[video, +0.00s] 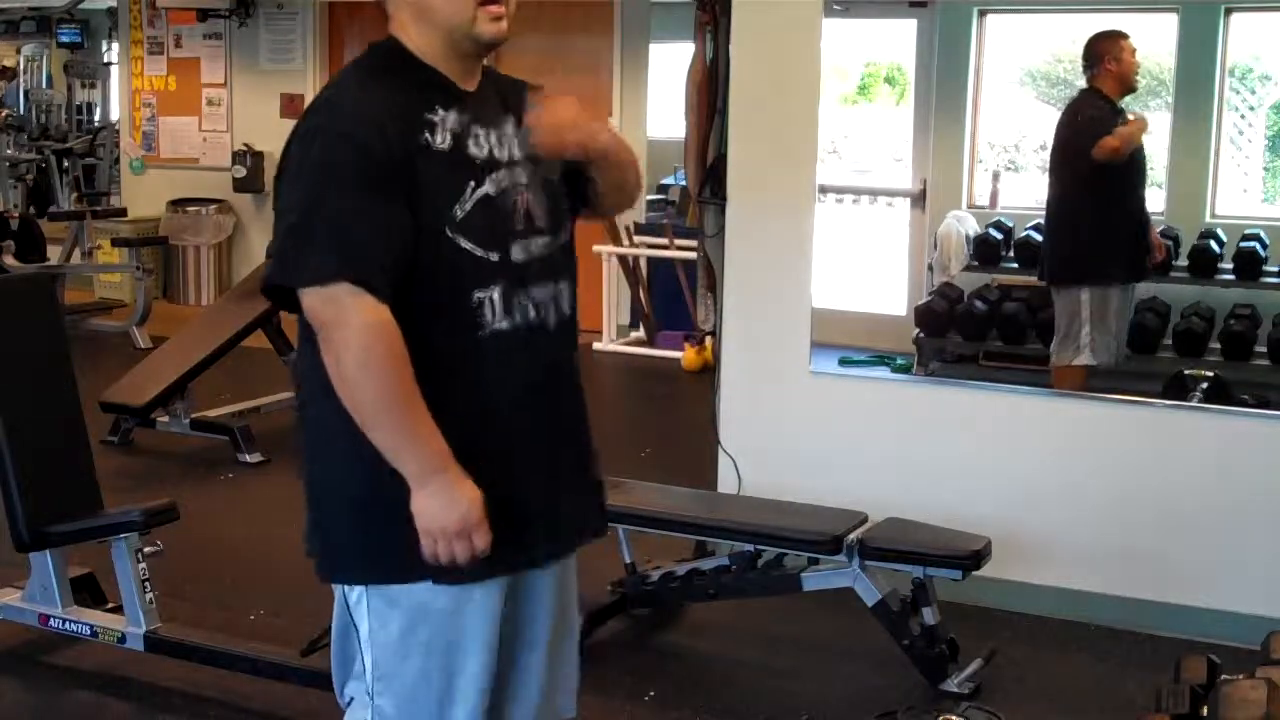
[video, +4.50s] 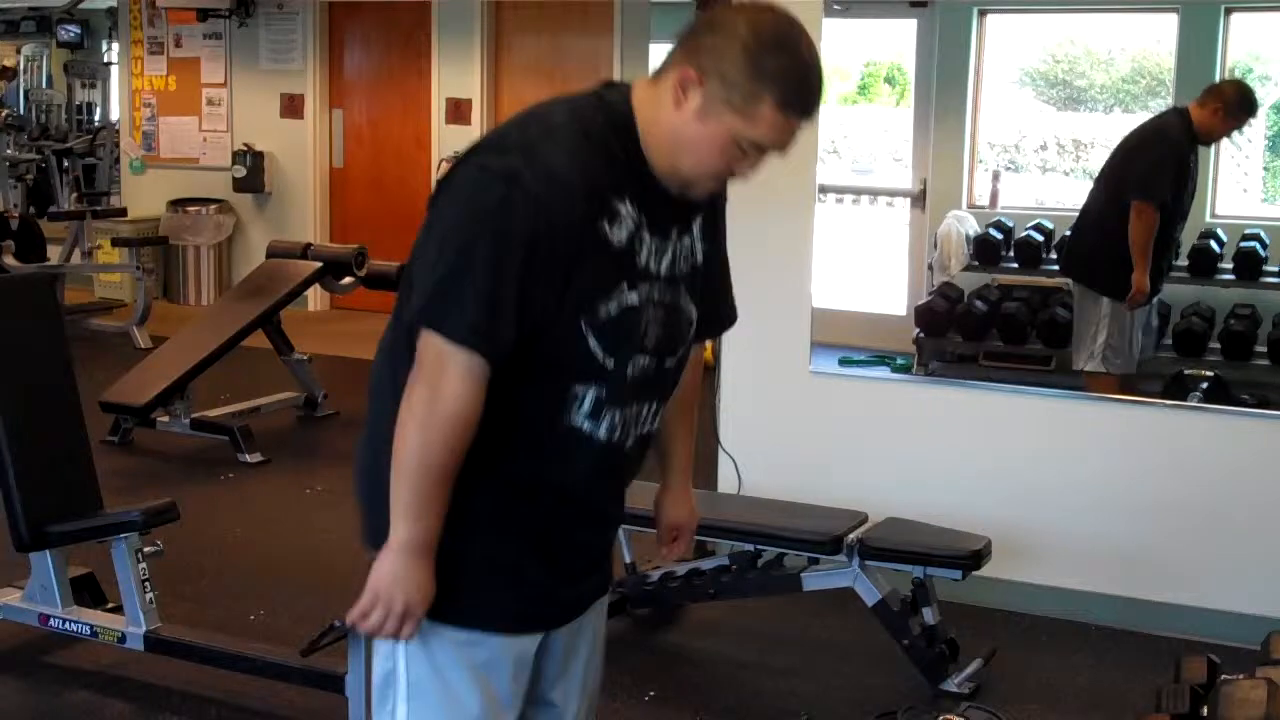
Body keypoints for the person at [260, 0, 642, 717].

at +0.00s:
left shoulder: (525, 107)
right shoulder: (350, 120)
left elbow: (612, 197)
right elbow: (340, 308)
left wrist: (601, 148)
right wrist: (431, 474)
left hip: (537, 496)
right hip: (411, 521)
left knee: (537, 708)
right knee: (419, 710)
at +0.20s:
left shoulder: (528, 106)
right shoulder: (350, 126)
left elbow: (613, 186)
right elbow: (351, 320)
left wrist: (640, 255)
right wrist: (410, 494)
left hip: (539, 500)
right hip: (419, 524)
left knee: (556, 700)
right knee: (421, 710)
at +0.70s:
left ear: (601, 2)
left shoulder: (617, 118)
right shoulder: (434, 119)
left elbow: (650, 265)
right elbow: (409, 299)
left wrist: (693, 341)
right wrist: (499, 461)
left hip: (623, 498)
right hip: (491, 518)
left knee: (604, 709)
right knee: (468, 709)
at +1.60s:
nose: (633, 19)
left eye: (638, 3)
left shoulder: (610, 124)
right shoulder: (446, 125)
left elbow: (629, 313)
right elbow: (425, 331)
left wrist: (665, 449)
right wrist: (489, 524)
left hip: (636, 544)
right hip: (506, 568)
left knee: (652, 707)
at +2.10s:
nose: (650, 8)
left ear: (665, 7)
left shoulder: (653, 122)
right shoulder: (476, 130)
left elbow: (677, 306)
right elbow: (451, 326)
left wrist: (697, 442)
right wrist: (479, 515)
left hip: (656, 535)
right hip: (539, 553)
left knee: (620, 706)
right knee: (537, 708)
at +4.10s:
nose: (694, 117)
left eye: (711, 101)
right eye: (690, 90)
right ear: (626, 40)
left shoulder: (647, 153)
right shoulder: (483, 151)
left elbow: (641, 321)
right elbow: (422, 350)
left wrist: (663, 445)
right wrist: (416, 530)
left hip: (622, 556)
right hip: (482, 576)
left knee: (638, 713)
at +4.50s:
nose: (747, 171)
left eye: (763, 155)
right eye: (745, 147)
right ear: (687, 90)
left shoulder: (693, 184)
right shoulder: (525, 172)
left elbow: (683, 344)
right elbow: (447, 367)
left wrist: (678, 479)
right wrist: (406, 548)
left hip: (576, 565)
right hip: (457, 576)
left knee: (556, 709)